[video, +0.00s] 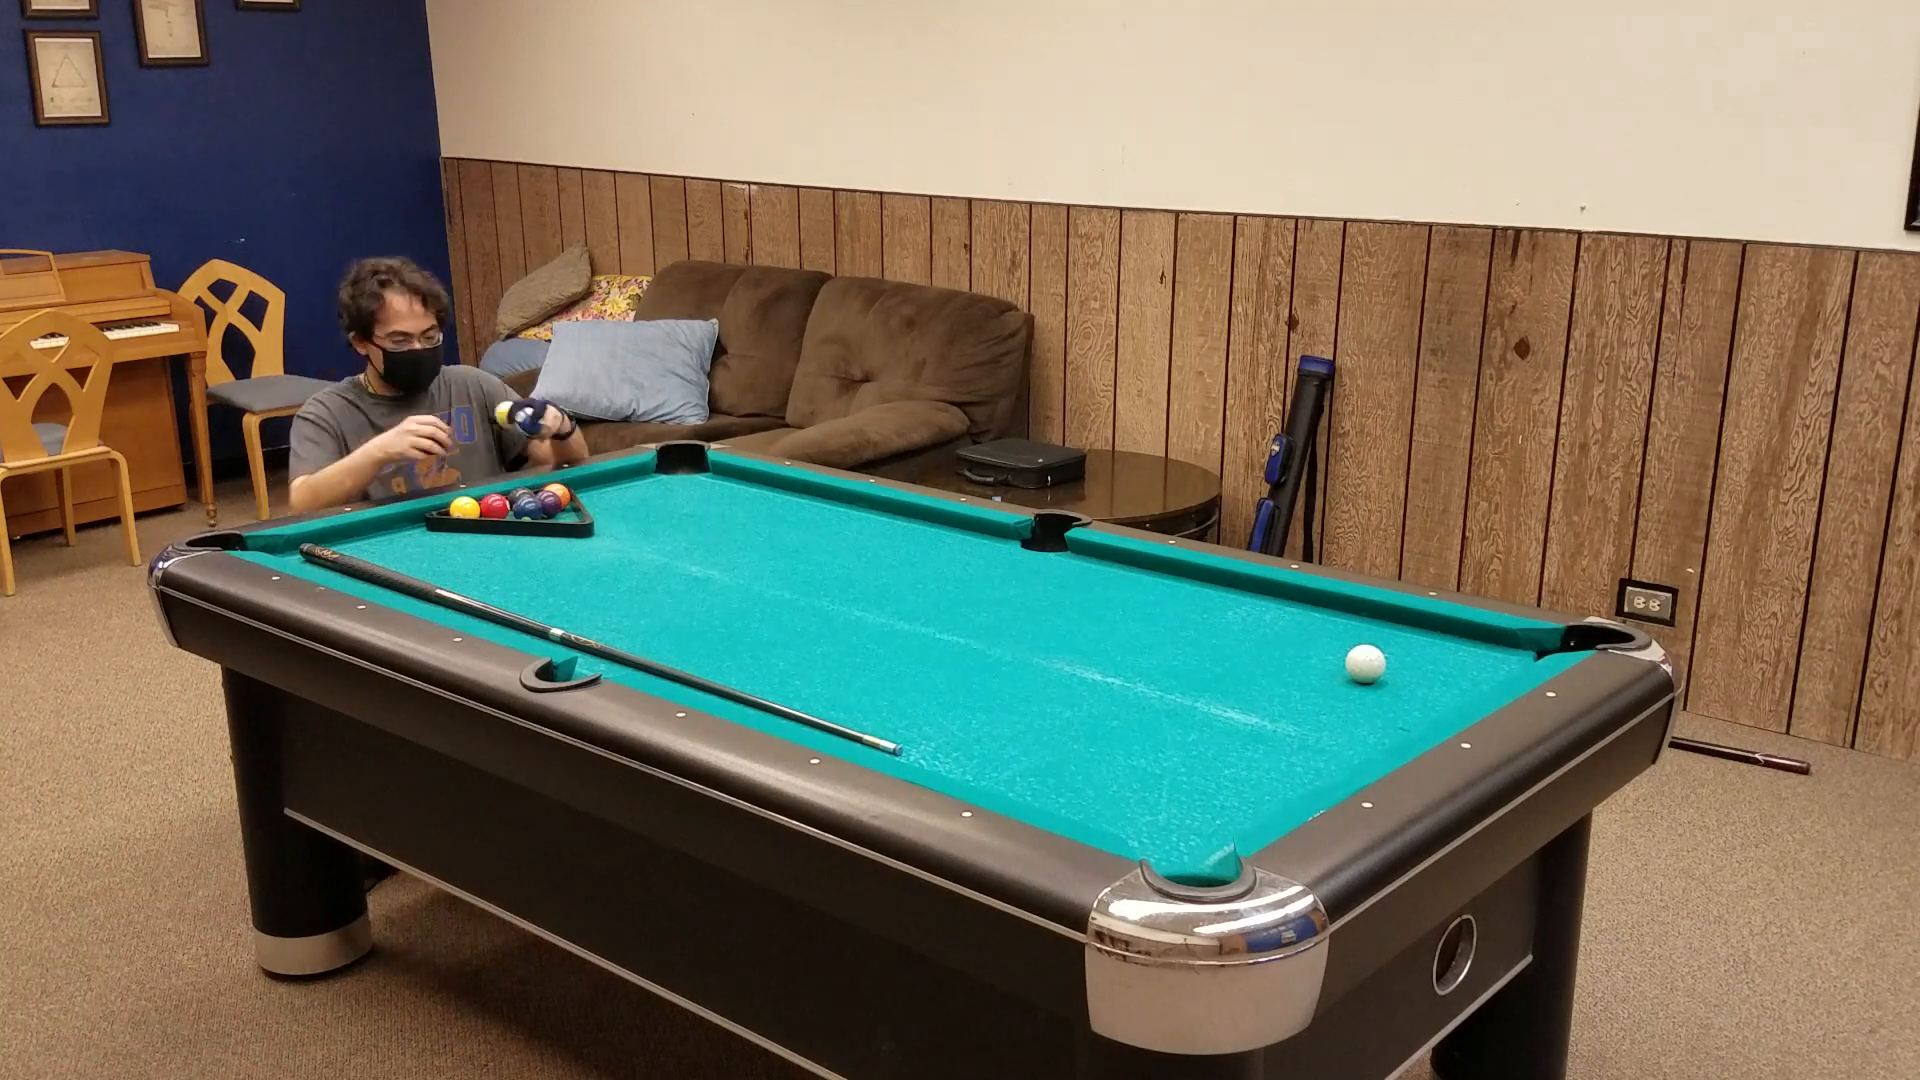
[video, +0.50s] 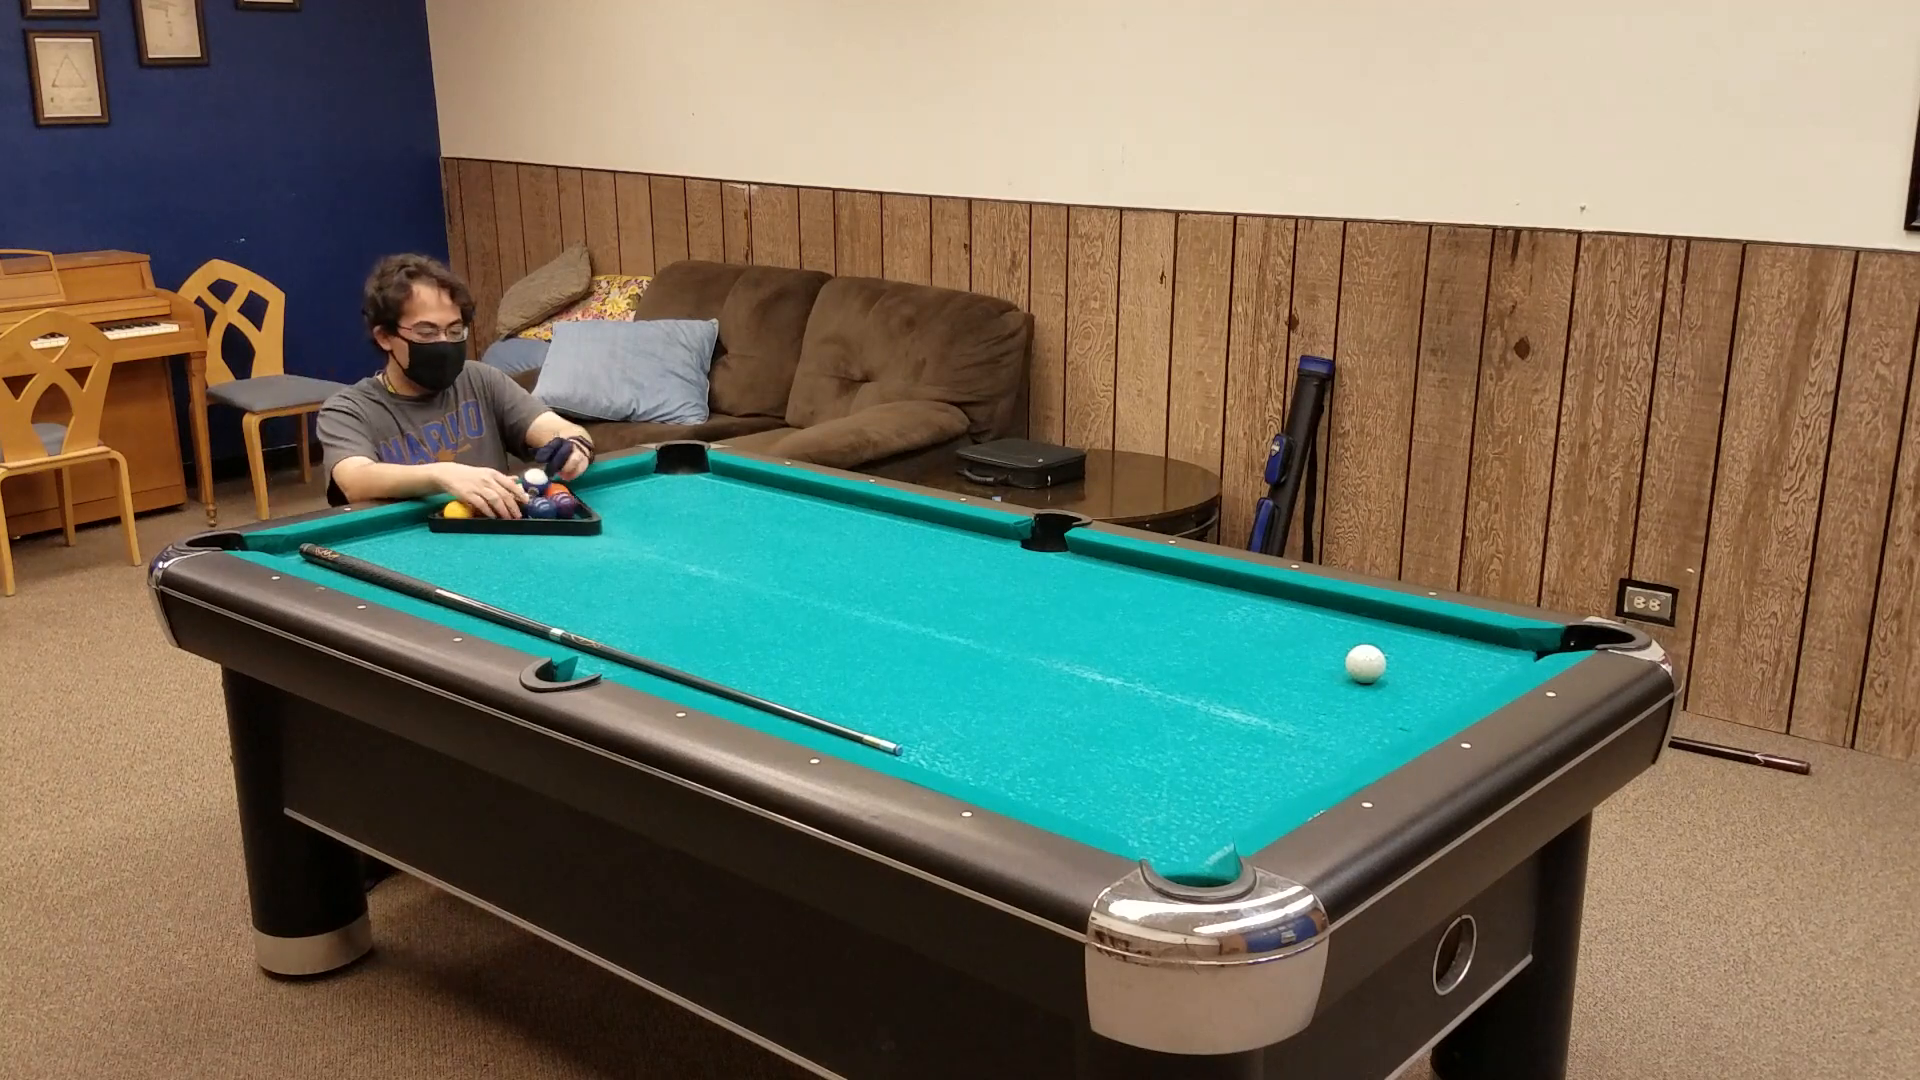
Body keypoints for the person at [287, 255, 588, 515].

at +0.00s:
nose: (420, 351)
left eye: (429, 335)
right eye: (400, 339)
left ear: (440, 329)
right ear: (362, 343)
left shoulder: (473, 386)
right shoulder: (326, 414)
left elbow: (570, 464)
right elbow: (304, 503)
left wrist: (564, 430)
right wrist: (379, 451)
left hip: (494, 554)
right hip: (387, 571)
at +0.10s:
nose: (424, 346)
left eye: (433, 330)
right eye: (404, 333)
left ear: (445, 326)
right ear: (365, 338)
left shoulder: (470, 382)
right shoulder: (333, 409)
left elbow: (575, 450)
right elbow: (330, 485)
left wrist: (562, 435)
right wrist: (410, 456)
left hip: (493, 548)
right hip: (396, 565)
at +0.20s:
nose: (427, 343)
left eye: (437, 327)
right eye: (409, 329)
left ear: (448, 325)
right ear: (368, 335)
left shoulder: (472, 381)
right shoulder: (337, 408)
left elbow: (542, 431)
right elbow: (355, 474)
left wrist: (558, 446)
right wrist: (436, 470)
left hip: (493, 546)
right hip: (399, 563)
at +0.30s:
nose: (434, 342)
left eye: (443, 326)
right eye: (415, 329)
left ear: (455, 324)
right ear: (375, 336)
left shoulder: (475, 381)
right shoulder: (343, 407)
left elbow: (549, 431)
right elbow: (362, 475)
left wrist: (564, 444)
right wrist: (447, 478)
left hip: (500, 550)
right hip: (406, 566)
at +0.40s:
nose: (440, 344)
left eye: (449, 329)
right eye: (422, 331)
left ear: (461, 326)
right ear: (380, 336)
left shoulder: (479, 381)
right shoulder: (346, 408)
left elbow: (560, 432)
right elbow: (358, 479)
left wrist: (567, 445)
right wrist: (448, 475)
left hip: (503, 549)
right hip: (410, 566)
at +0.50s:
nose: (445, 344)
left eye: (454, 329)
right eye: (427, 332)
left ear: (465, 326)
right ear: (385, 336)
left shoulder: (482, 381)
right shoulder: (350, 409)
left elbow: (549, 426)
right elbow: (356, 482)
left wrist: (574, 443)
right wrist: (443, 474)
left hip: (505, 552)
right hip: (411, 568)